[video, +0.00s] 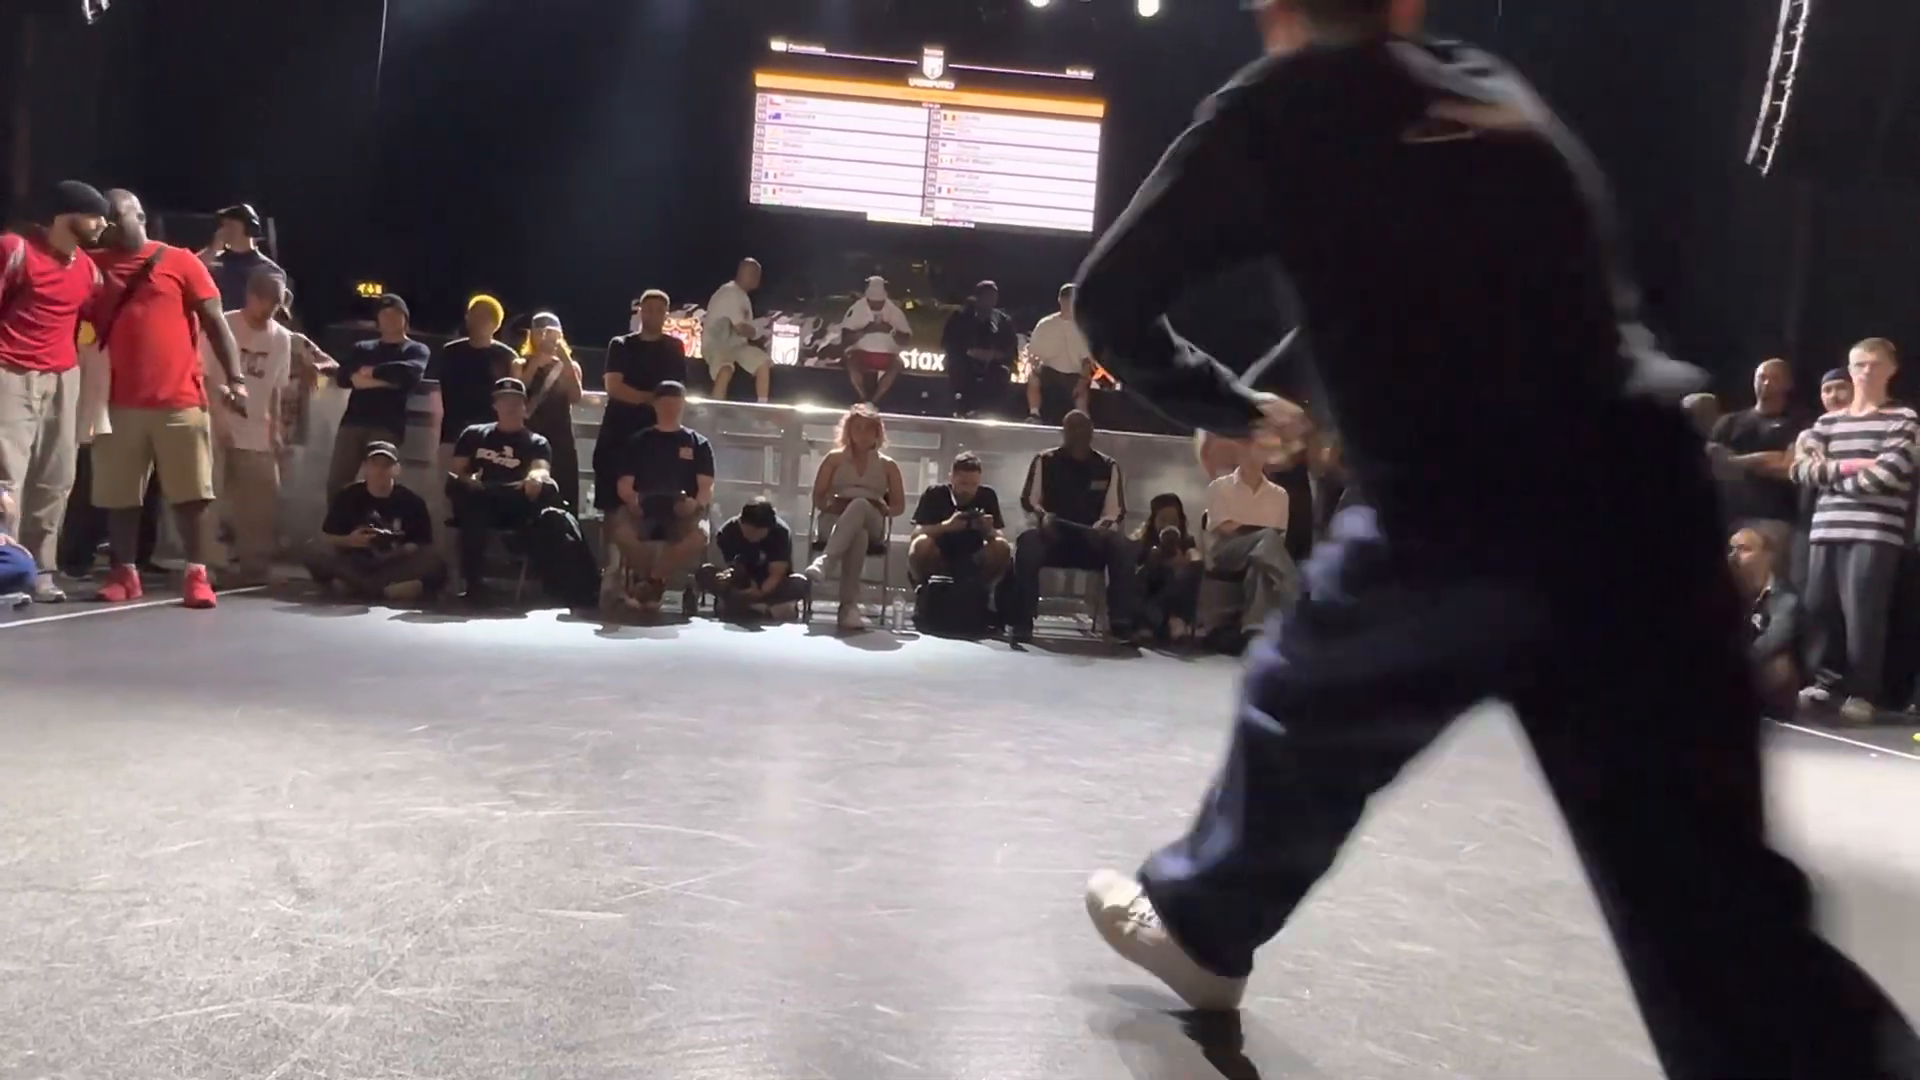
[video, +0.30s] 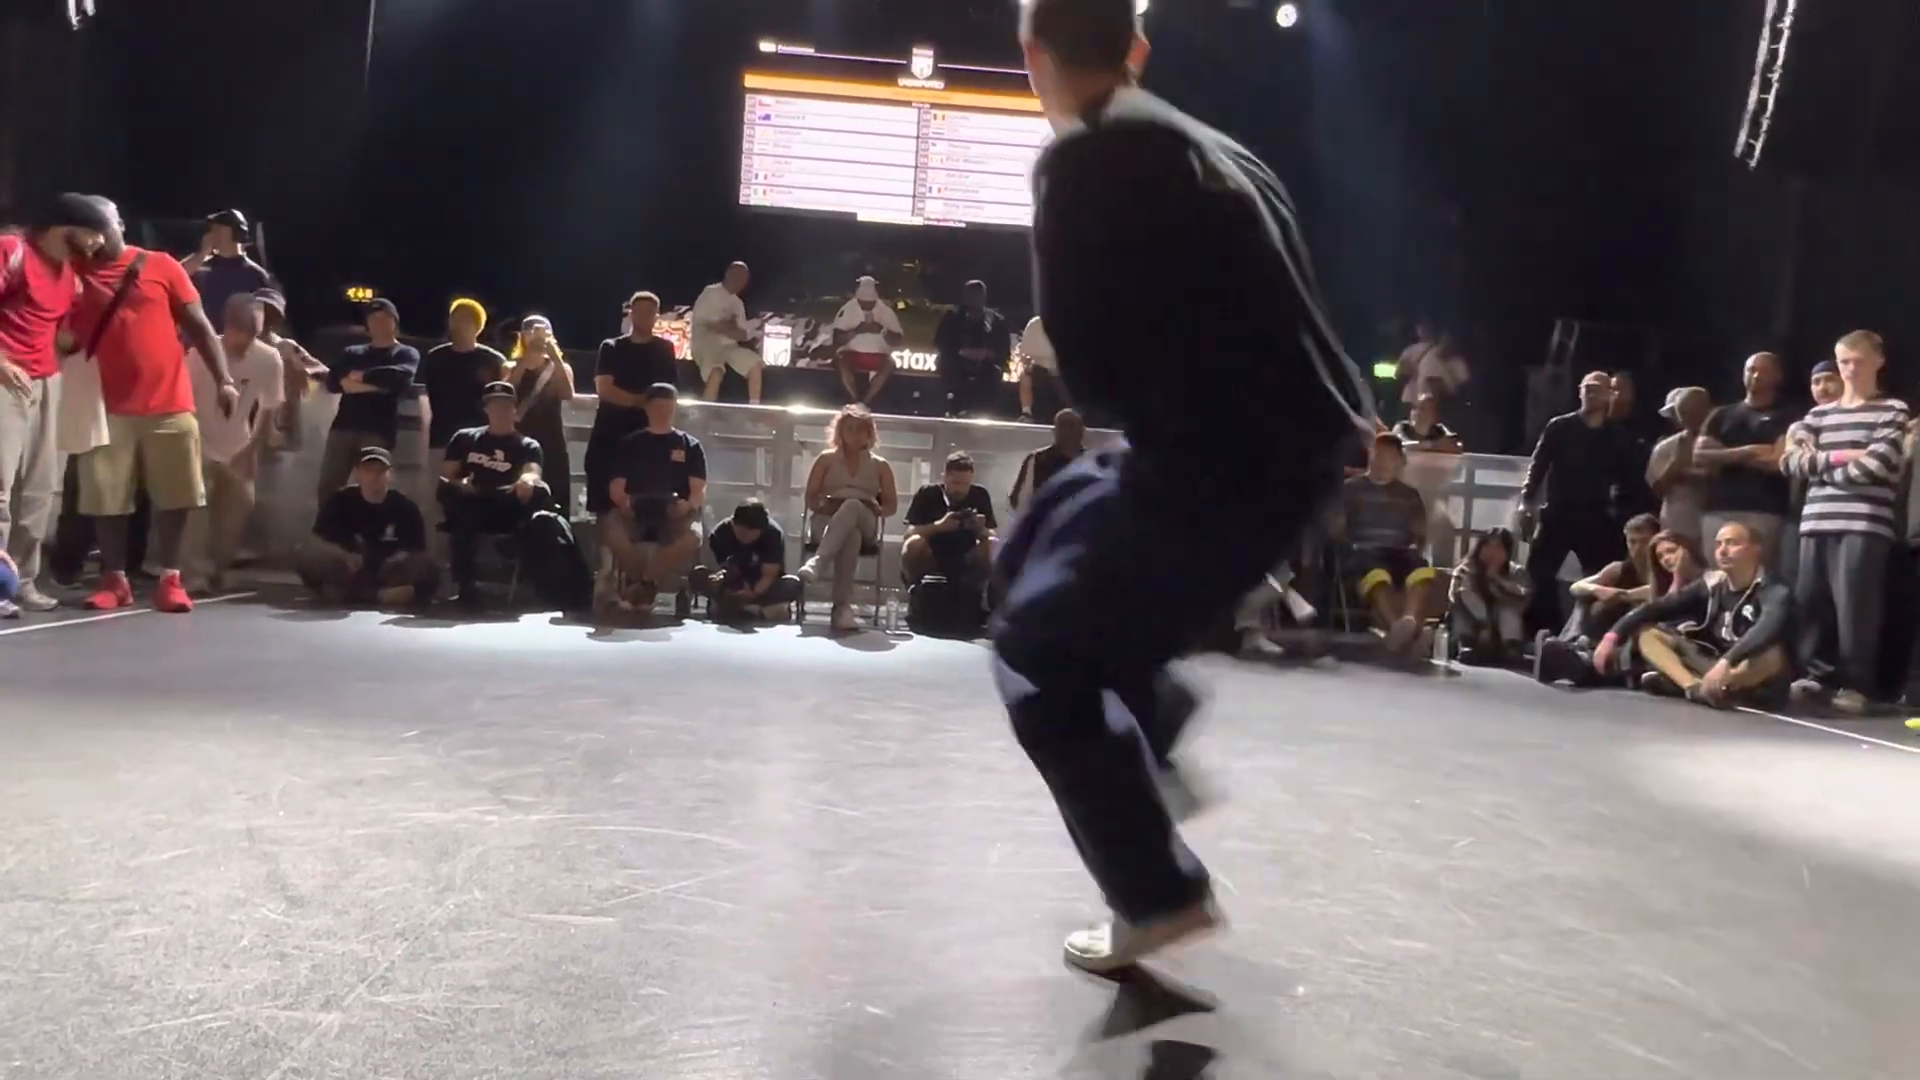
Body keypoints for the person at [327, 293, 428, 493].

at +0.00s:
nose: (391, 319)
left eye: (396, 314)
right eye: (386, 314)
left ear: (405, 319)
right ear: (378, 320)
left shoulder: (417, 350)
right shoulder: (363, 347)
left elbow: (410, 375)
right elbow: (342, 378)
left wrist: (369, 371)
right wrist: (386, 382)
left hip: (387, 424)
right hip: (354, 421)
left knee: (378, 487)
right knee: (337, 483)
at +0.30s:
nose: (378, 323)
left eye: (383, 318)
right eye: (374, 318)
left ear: (394, 323)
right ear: (368, 324)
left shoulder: (407, 353)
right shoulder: (353, 352)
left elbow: (400, 379)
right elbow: (332, 383)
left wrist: (360, 376)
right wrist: (376, 386)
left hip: (378, 429)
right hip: (344, 426)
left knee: (372, 491)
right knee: (328, 487)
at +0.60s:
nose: (376, 335)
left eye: (381, 330)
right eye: (371, 330)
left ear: (392, 336)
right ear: (365, 337)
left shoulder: (404, 365)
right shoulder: (349, 364)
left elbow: (398, 388)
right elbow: (330, 395)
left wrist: (358, 387)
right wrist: (374, 397)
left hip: (375, 444)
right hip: (342, 441)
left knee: (371, 506)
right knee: (326, 502)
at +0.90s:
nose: (370, 329)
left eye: (374, 324)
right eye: (365, 325)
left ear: (384, 329)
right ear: (358, 331)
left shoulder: (397, 358)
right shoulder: (342, 358)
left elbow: (393, 383)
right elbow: (324, 390)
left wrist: (354, 382)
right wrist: (366, 392)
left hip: (370, 436)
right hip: (337, 434)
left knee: (364, 497)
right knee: (321, 495)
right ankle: (322, 547)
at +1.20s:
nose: (376, 352)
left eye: (382, 346)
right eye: (372, 347)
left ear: (393, 351)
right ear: (366, 352)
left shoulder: (406, 380)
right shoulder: (351, 380)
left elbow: (401, 405)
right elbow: (332, 411)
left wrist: (361, 404)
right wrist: (373, 413)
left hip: (378, 456)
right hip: (346, 453)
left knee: (371, 517)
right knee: (330, 516)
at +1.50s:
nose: (376, 356)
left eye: (382, 351)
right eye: (372, 351)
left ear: (393, 356)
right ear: (366, 357)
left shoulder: (406, 385)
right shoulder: (352, 385)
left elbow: (401, 410)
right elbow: (333, 416)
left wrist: (361, 409)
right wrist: (376, 419)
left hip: (378, 462)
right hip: (346, 459)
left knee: (372, 522)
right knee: (330, 521)